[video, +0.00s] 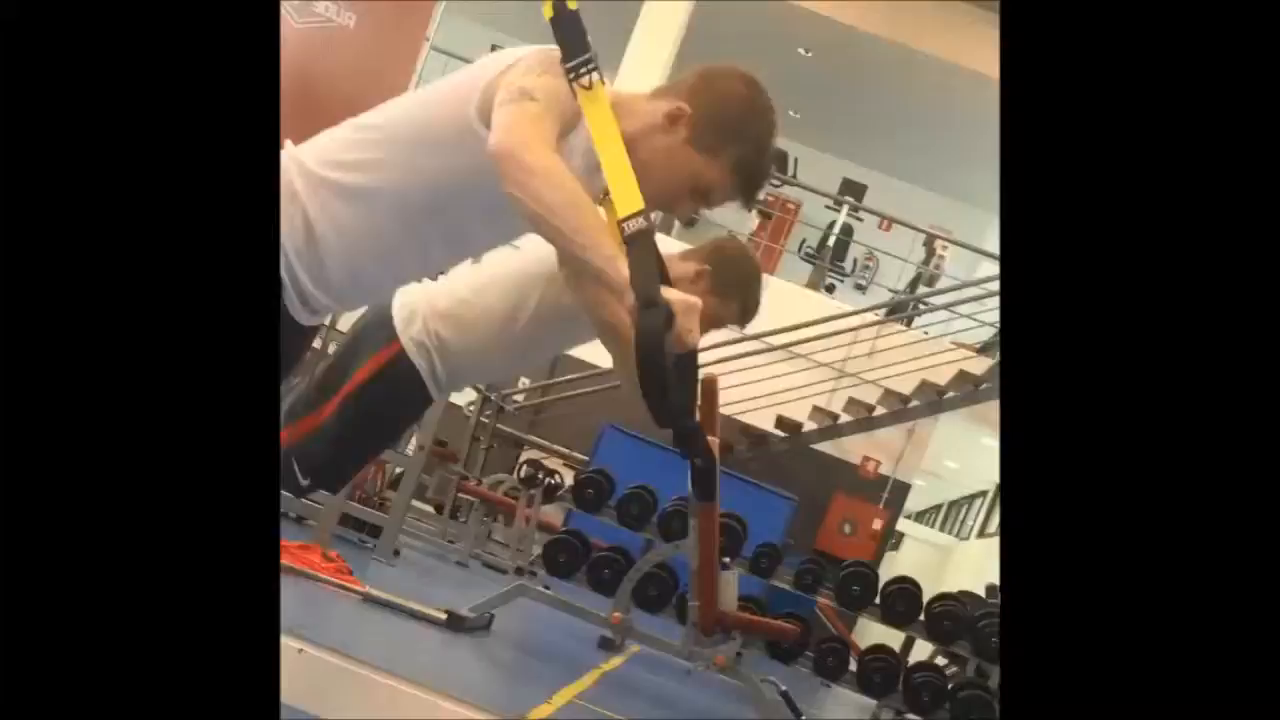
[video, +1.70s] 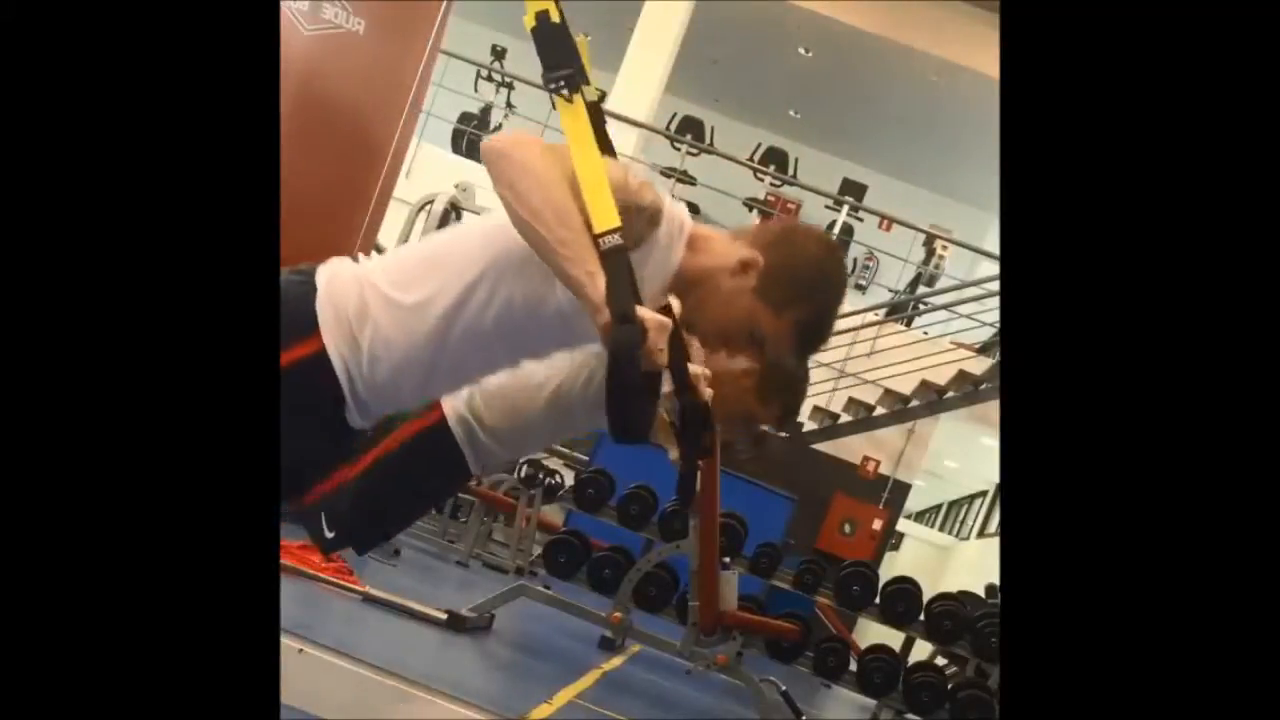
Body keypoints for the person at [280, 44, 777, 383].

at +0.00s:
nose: (685, 213)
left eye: (701, 205)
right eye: (698, 195)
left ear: (674, 117)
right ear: (677, 121)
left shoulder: (590, 179)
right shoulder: (555, 77)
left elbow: (598, 293)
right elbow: (518, 155)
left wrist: (655, 377)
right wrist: (635, 292)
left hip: (307, 305)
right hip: (280, 236)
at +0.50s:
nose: (719, 271)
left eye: (738, 264)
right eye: (736, 252)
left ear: (718, 177)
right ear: (720, 182)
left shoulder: (640, 242)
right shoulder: (611, 133)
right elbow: (496, 148)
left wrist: (670, 373)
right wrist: (610, 289)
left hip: (339, 371)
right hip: (299, 306)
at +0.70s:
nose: (740, 322)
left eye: (761, 317)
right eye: (758, 304)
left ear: (742, 238)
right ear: (742, 239)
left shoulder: (657, 280)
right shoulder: (634, 187)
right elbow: (497, 158)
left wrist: (658, 388)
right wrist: (612, 308)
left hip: (352, 408)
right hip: (313, 343)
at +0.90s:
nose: (754, 397)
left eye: (775, 396)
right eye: (774, 383)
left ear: (762, 313)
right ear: (764, 316)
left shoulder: (674, 344)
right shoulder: (660, 254)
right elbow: (514, 177)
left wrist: (659, 403)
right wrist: (627, 317)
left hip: (362, 444)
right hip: (329, 390)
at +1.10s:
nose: (754, 460)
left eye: (777, 459)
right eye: (775, 439)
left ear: (776, 363)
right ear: (775, 363)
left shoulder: (693, 411)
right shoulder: (672, 290)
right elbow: (529, 178)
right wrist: (615, 296)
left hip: (370, 468)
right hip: (340, 419)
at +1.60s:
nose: (744, 392)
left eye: (766, 391)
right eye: (763, 377)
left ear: (756, 305)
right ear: (758, 308)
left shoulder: (668, 350)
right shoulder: (658, 246)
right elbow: (522, 163)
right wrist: (625, 308)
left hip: (352, 433)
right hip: (320, 374)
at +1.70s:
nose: (731, 354)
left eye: (752, 354)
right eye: (750, 338)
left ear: (748, 258)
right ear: (748, 263)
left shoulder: (660, 305)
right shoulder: (647, 211)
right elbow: (511, 152)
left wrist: (666, 393)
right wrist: (612, 307)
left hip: (349, 414)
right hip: (311, 345)